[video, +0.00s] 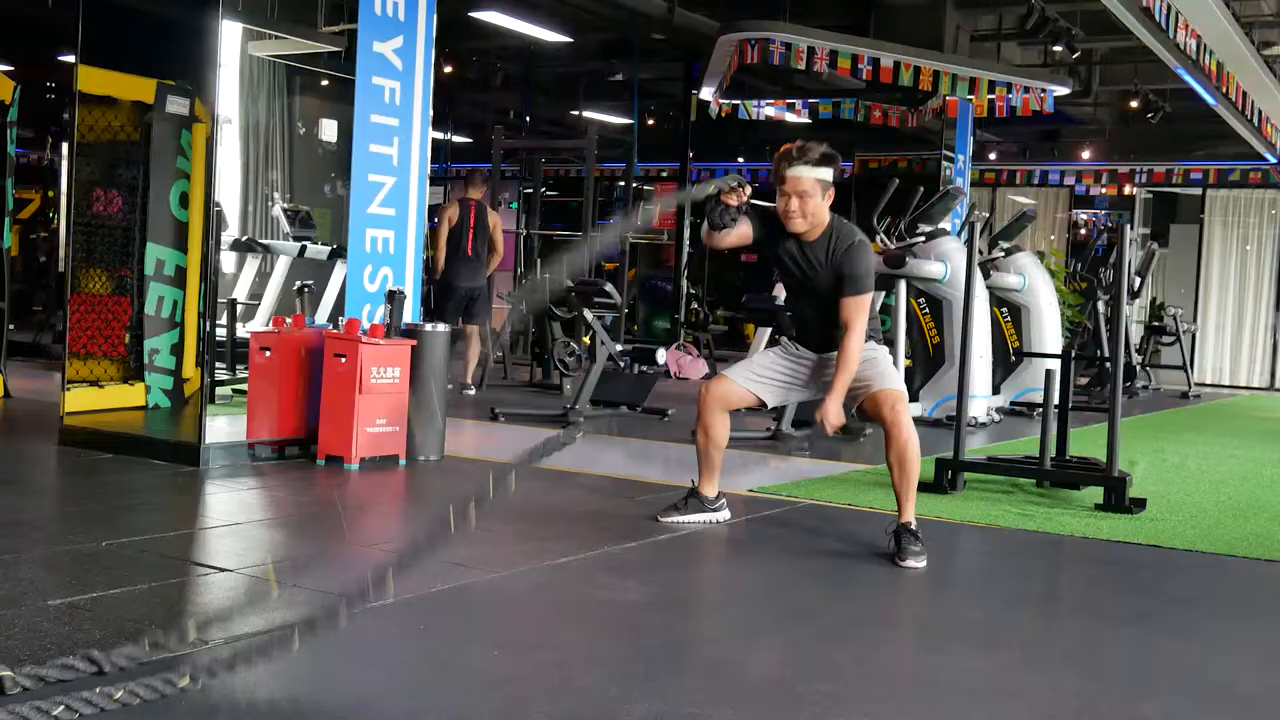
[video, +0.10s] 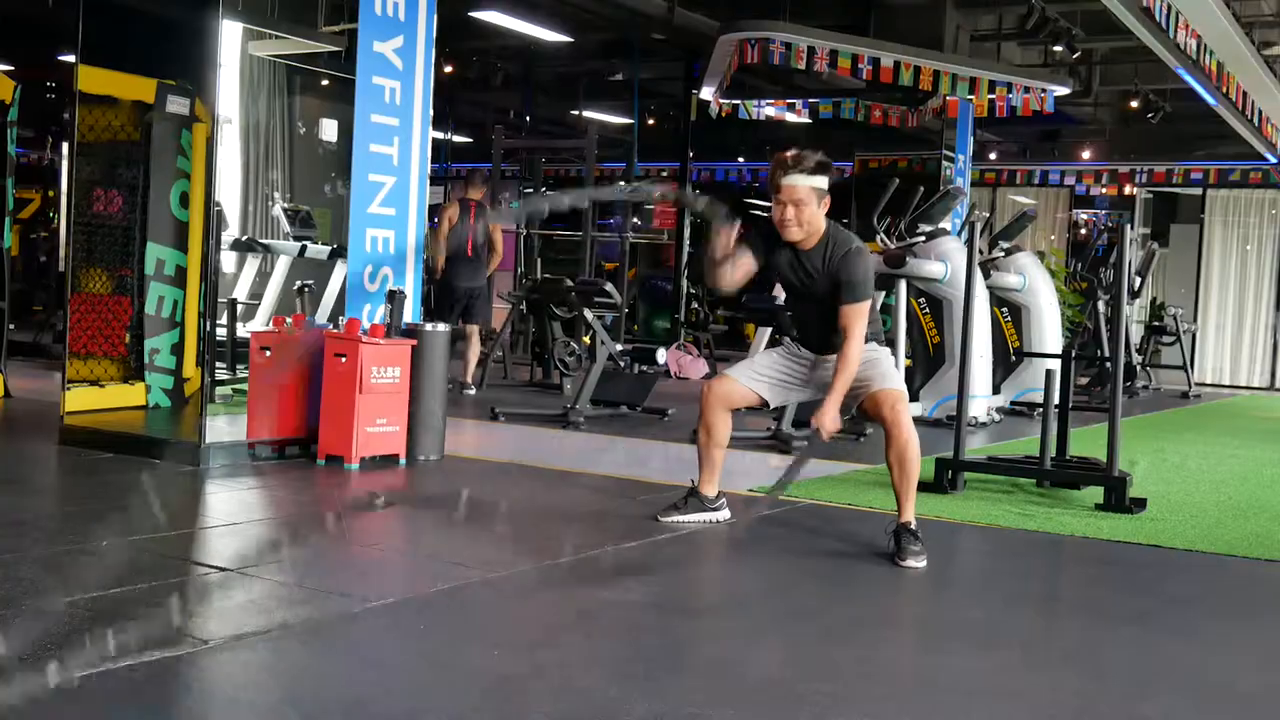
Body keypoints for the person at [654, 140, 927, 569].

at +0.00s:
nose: (789, 206)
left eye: (801, 196)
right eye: (784, 194)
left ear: (828, 198)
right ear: (776, 193)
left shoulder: (853, 247)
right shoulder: (772, 224)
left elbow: (855, 329)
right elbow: (715, 239)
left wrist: (836, 397)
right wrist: (723, 209)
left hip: (855, 355)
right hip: (795, 353)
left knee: (896, 410)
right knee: (714, 394)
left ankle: (908, 526)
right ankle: (706, 497)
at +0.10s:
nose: (785, 214)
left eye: (797, 204)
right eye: (779, 202)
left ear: (824, 206)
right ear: (771, 201)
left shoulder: (851, 254)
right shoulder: (768, 239)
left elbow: (854, 337)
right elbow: (724, 284)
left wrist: (833, 403)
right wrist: (721, 252)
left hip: (856, 355)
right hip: (796, 353)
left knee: (897, 413)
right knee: (716, 393)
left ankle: (907, 526)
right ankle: (707, 496)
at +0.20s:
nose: (781, 225)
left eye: (793, 215)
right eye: (775, 214)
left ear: (820, 215)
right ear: (768, 214)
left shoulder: (854, 258)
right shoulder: (764, 260)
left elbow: (856, 334)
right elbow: (745, 325)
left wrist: (811, 351)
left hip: (855, 359)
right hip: (792, 358)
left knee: (893, 406)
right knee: (721, 390)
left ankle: (907, 525)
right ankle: (707, 495)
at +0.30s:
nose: (780, 231)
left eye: (791, 222)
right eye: (775, 221)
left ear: (819, 221)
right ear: (768, 222)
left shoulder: (856, 260)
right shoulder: (767, 270)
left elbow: (850, 324)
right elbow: (754, 344)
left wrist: (807, 286)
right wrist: (751, 409)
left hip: (861, 365)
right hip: (798, 365)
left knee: (900, 407)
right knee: (720, 389)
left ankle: (907, 525)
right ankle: (708, 495)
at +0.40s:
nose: (782, 233)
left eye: (794, 223)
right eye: (777, 222)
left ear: (822, 225)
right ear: (770, 222)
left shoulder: (858, 265)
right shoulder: (770, 268)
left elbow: (862, 343)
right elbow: (746, 328)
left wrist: (810, 337)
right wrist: (730, 370)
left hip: (855, 371)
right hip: (792, 371)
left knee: (904, 404)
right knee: (722, 388)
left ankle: (908, 524)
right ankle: (707, 495)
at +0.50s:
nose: (781, 240)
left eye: (793, 231)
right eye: (776, 229)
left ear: (822, 233)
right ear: (770, 229)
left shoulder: (854, 279)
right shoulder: (766, 271)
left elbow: (861, 362)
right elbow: (724, 304)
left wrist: (830, 418)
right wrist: (708, 293)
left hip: (865, 369)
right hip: (805, 368)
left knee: (906, 408)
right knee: (723, 389)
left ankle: (908, 525)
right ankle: (708, 495)